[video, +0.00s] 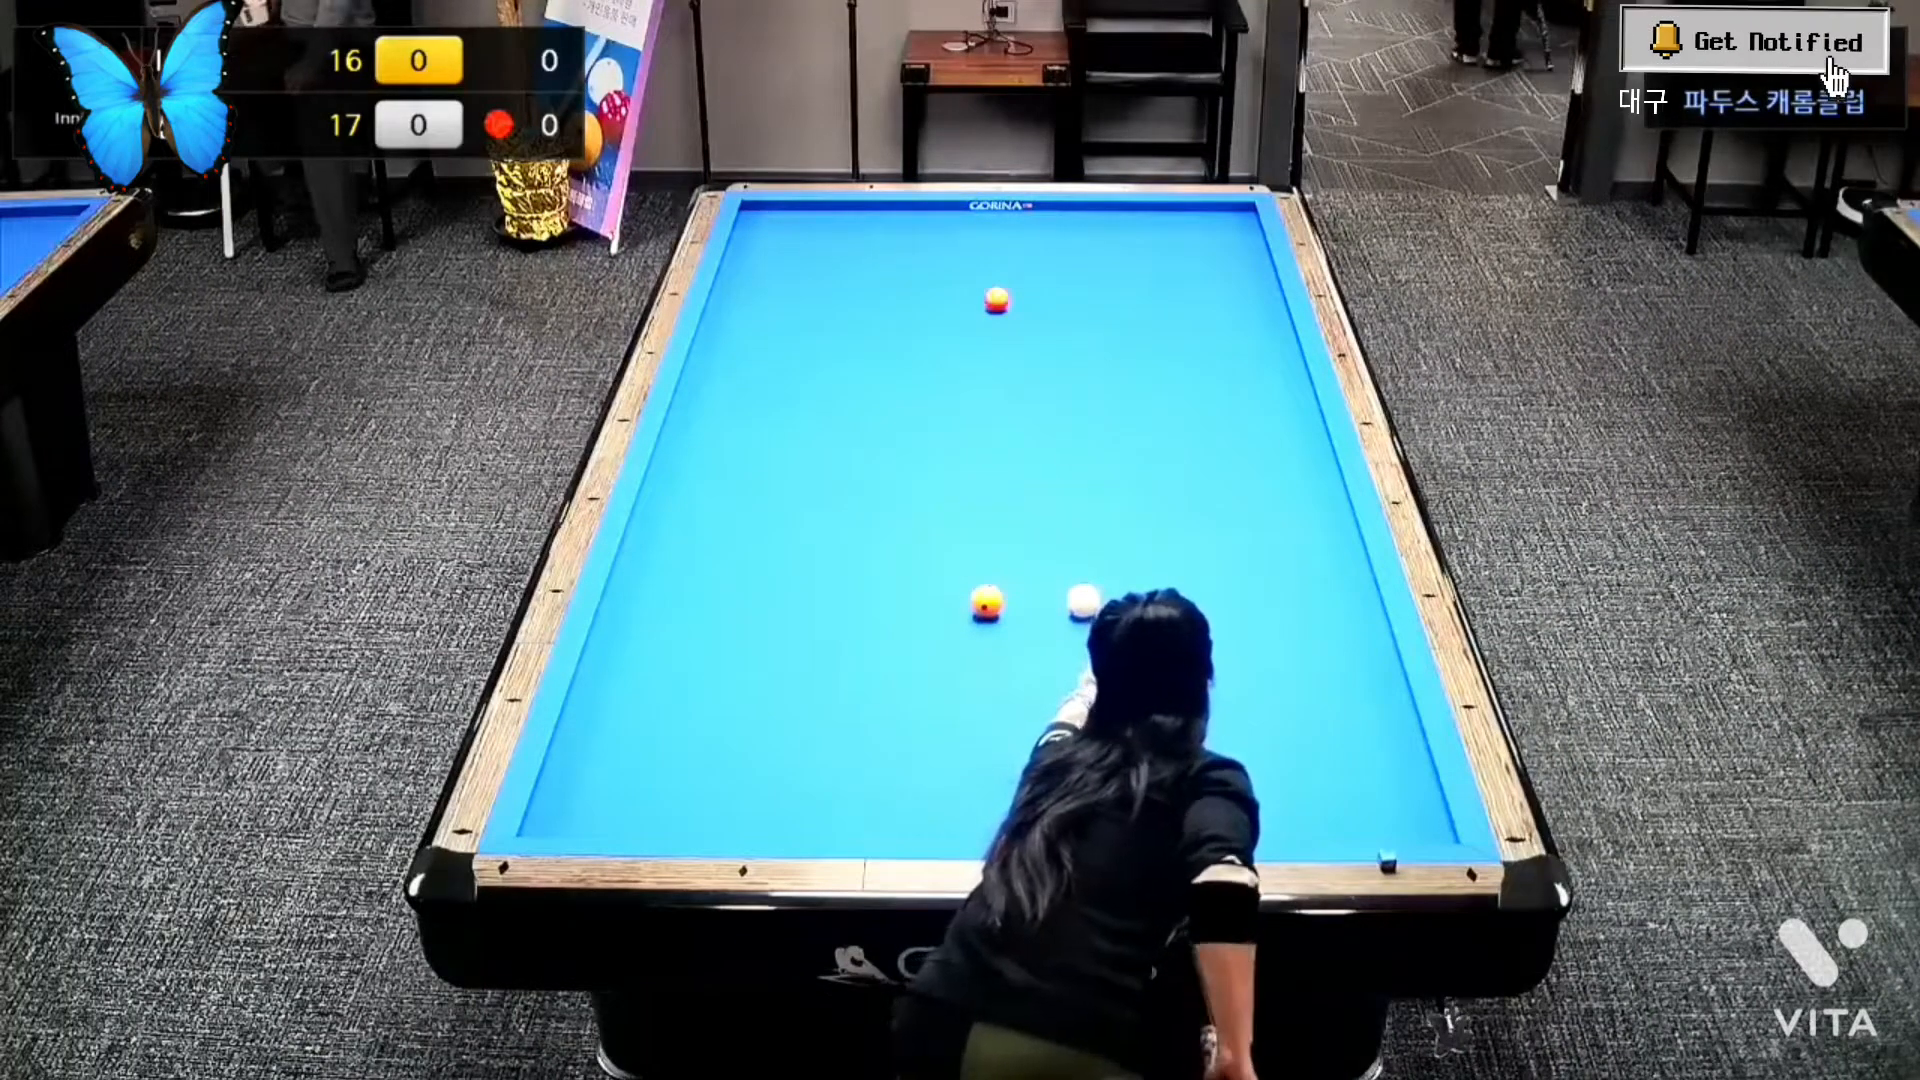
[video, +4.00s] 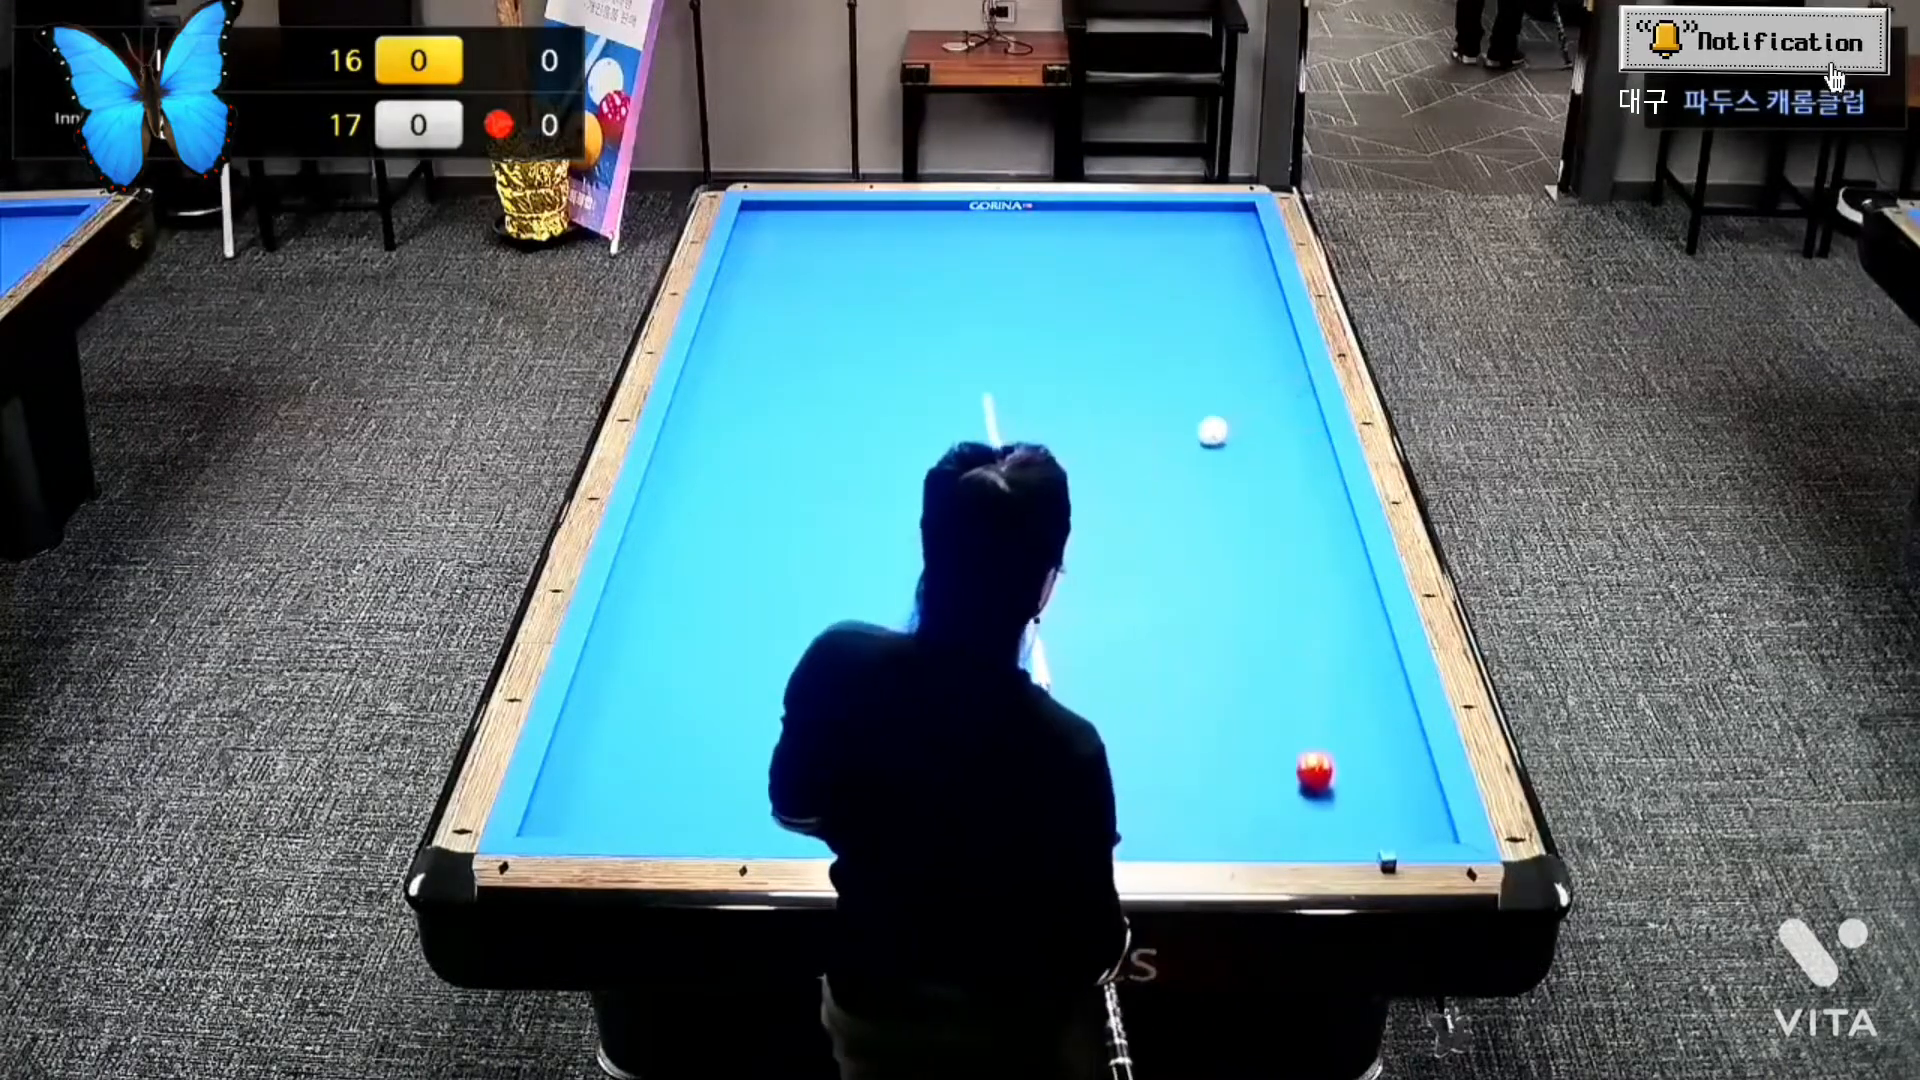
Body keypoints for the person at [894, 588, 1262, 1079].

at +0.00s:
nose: (1214, 677)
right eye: (1209, 667)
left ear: (1102, 682)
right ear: (1200, 679)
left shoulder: (1055, 755)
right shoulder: (1212, 776)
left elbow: (1079, 705)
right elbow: (1221, 894)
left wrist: (1097, 673)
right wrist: (1234, 1052)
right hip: (1091, 1038)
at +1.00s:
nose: (1208, 660)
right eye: (1203, 648)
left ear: (1103, 656)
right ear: (1196, 658)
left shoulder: (1049, 740)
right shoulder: (1217, 764)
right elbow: (1232, 874)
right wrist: (1223, 943)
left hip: (988, 1012)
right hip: (1112, 1029)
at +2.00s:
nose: (1150, 511)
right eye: (1146, 497)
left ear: (1031, 503)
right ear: (1137, 517)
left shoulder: (973, 616)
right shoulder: (1150, 670)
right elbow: (1144, 854)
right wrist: (1171, 908)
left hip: (949, 964)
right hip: (1075, 984)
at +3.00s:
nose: (1216, 562)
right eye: (1212, 548)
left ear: (1081, 556)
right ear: (1204, 570)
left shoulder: (1019, 651)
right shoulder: (1234, 749)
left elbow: (974, 779)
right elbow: (1226, 954)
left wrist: (1032, 853)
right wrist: (1254, 969)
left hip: (1025, 1008)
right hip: (1173, 1027)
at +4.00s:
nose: (1053, 584)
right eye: (1054, 567)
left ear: (929, 552)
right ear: (1044, 582)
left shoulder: (842, 662)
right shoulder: (1068, 746)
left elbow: (794, 803)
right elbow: (1094, 941)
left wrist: (889, 834)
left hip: (872, 1013)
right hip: (1021, 1024)